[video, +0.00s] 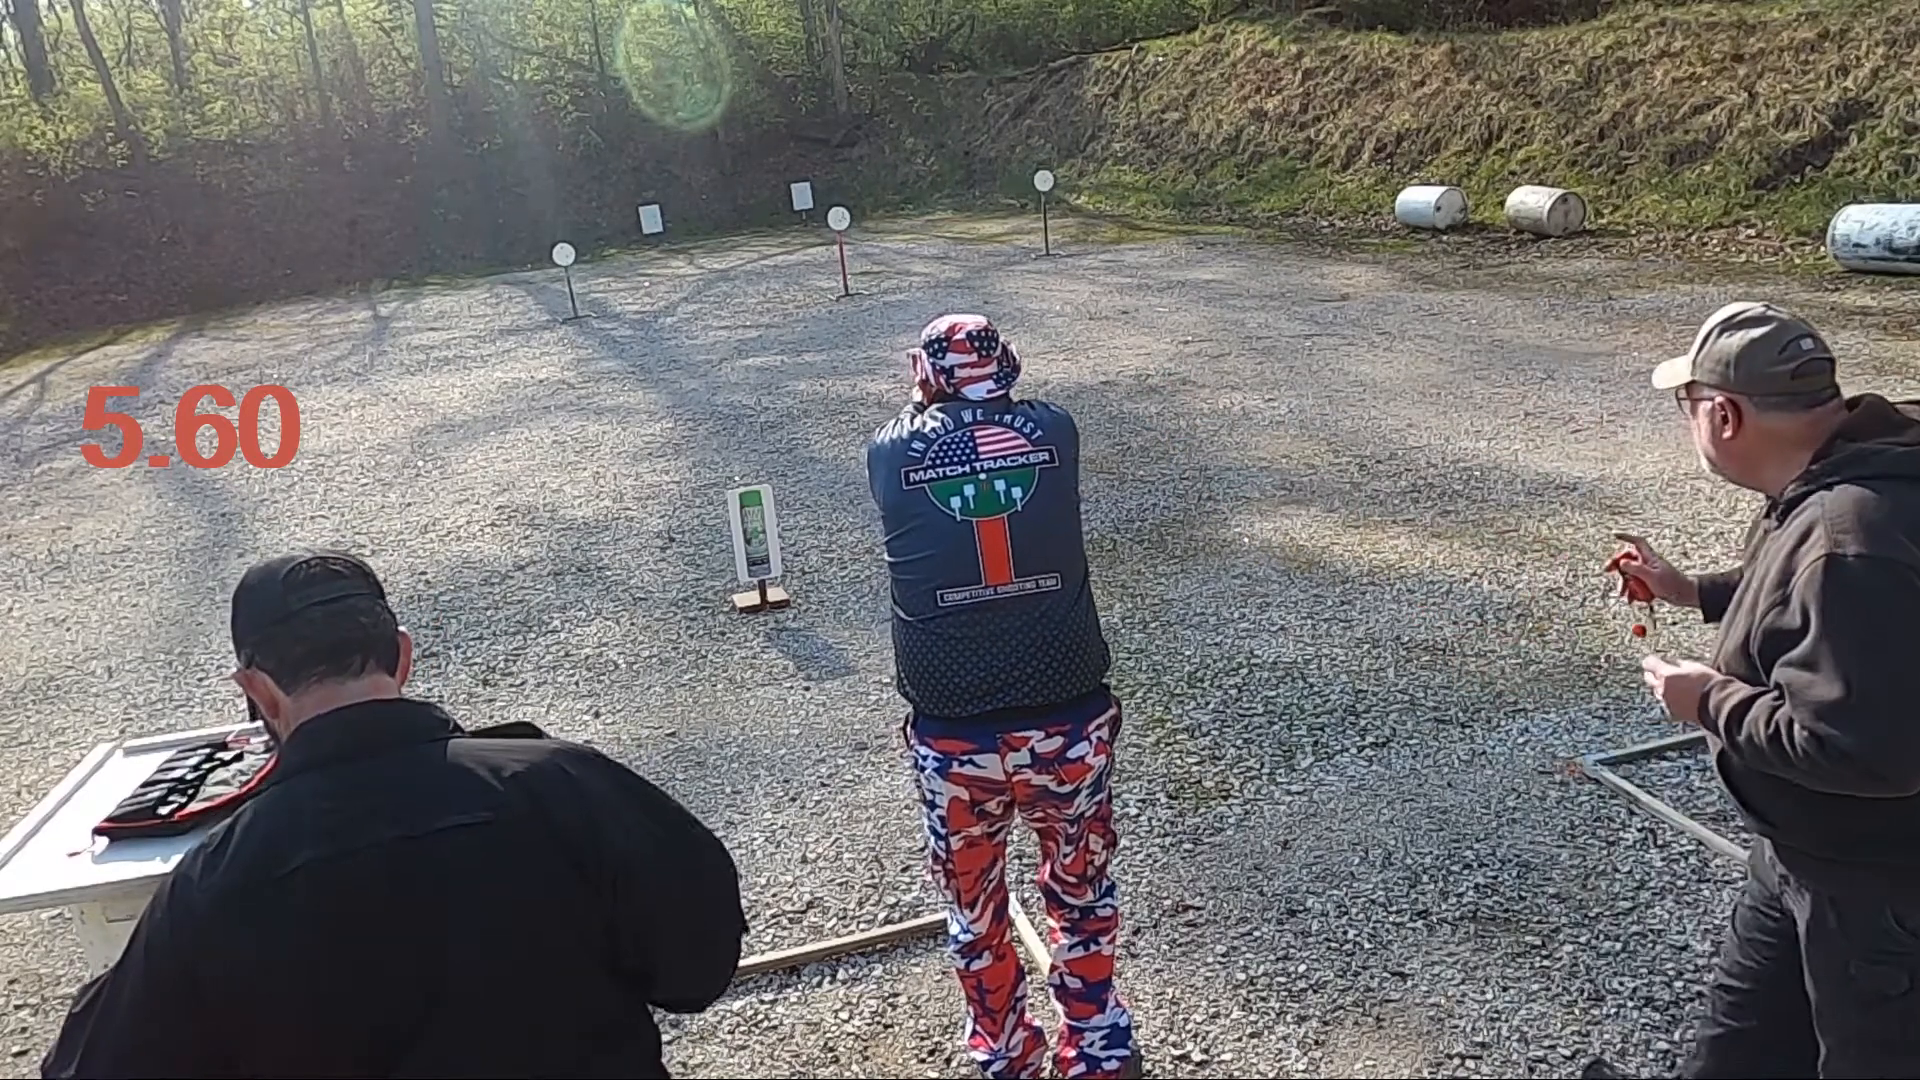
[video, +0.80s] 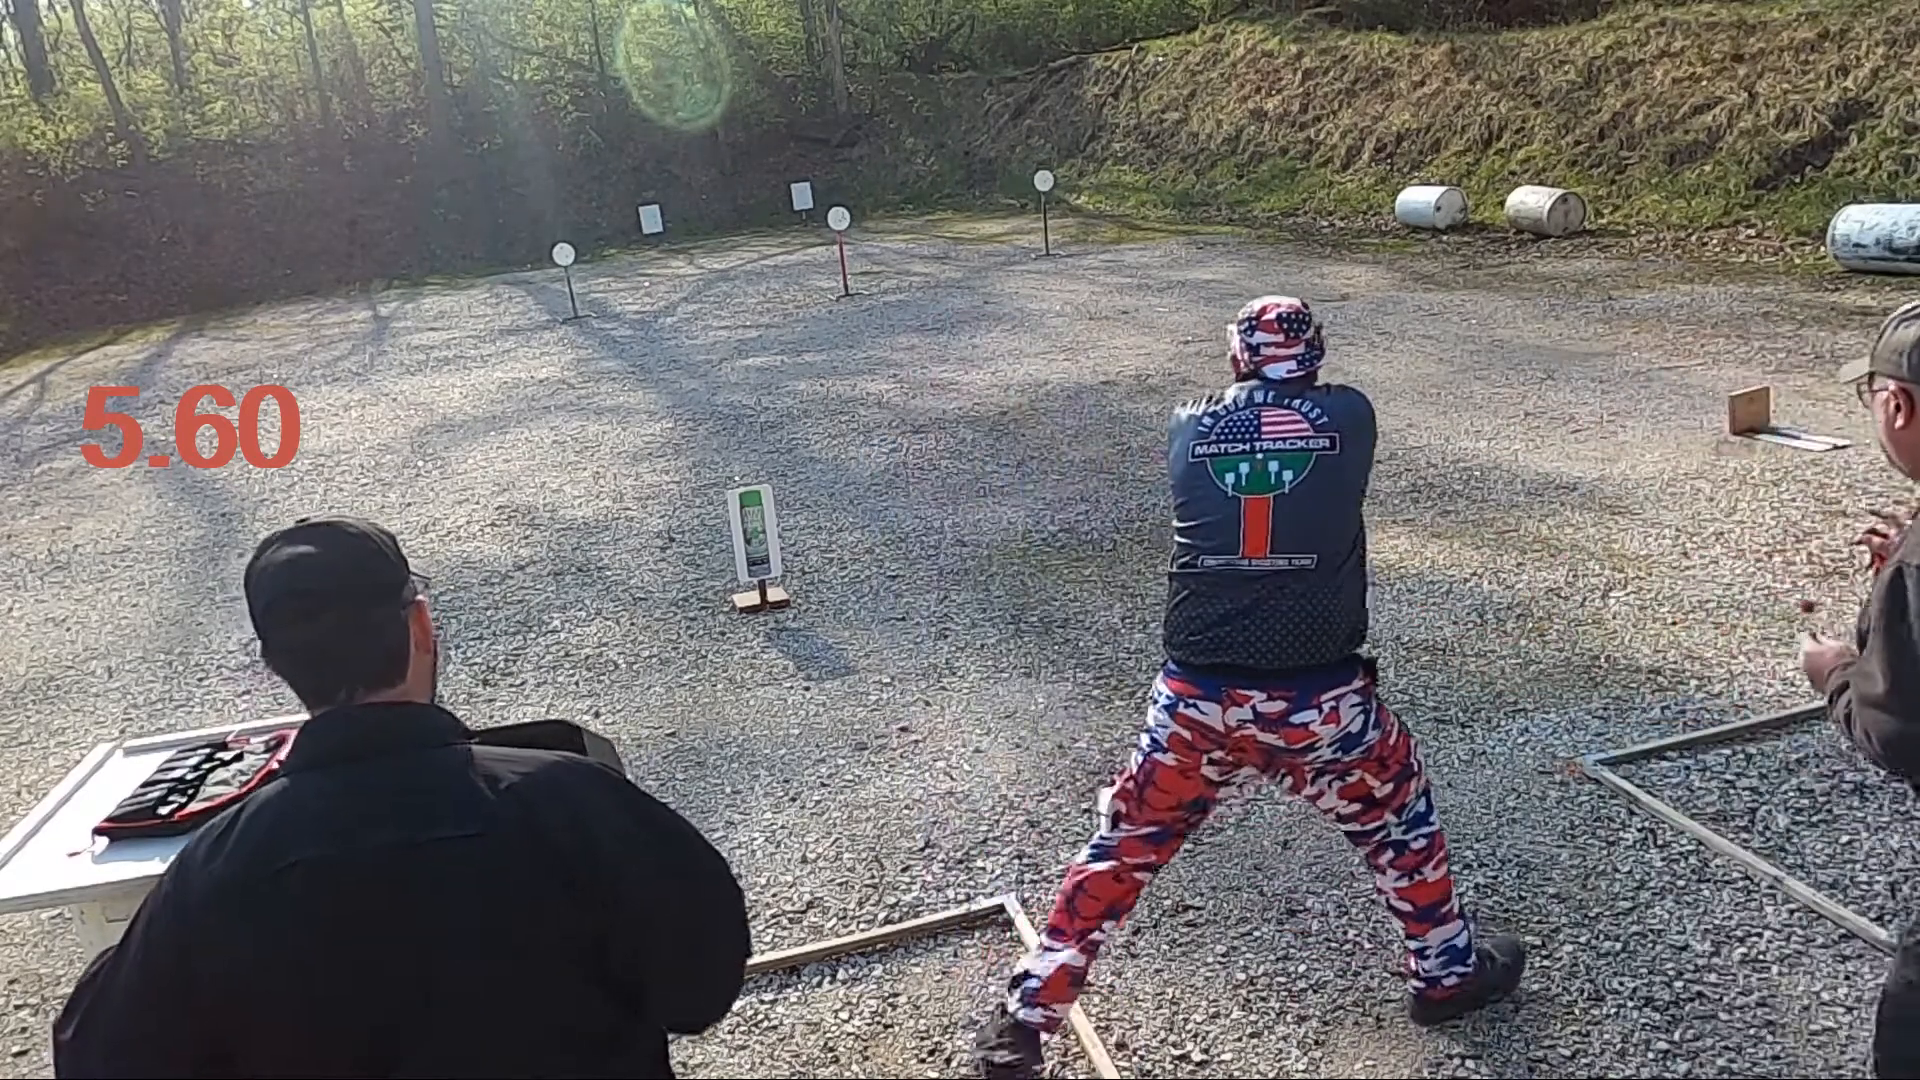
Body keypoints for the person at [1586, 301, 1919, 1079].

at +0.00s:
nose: (1689, 425)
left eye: (1688, 407)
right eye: (1685, 407)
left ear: (1726, 416)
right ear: (1813, 394)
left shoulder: (1851, 547)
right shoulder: (1821, 487)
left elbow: (1867, 752)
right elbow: (1792, 597)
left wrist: (1711, 702)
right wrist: (1686, 590)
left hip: (1868, 889)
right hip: (1803, 857)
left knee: (1872, 1064)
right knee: (1731, 1056)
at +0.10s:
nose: (1709, 427)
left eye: (1707, 408)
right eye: (1706, 409)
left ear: (1746, 415)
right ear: (1834, 391)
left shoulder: (1861, 548)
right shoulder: (1856, 483)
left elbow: (1866, 755)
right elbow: (1821, 589)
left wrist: (1730, 699)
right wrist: (1719, 587)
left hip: (1882, 884)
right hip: (1827, 849)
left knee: (1880, 1056)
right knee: (1768, 1028)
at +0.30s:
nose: (1730, 420)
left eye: (1730, 401)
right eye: (1728, 402)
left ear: (1770, 412)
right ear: (1856, 391)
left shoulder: (1870, 545)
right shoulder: (1872, 489)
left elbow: (1871, 756)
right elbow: (1865, 600)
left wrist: (1746, 696)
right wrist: (1770, 582)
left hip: (1890, 881)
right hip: (1861, 856)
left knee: (1888, 1053)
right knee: (1861, 1034)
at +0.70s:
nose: (1809, 428)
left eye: (1809, 408)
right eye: (1808, 408)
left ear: (1843, 414)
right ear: (1914, 403)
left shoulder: (1897, 550)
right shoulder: (1901, 514)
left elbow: (1880, 759)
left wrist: (1799, 693)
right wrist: (1859, 585)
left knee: (1892, 1018)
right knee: (1895, 1002)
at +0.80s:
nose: (1872, 416)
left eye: (1870, 398)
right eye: (1870, 397)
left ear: (1897, 408)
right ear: (1904, 406)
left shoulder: (1908, 563)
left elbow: (1894, 734)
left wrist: (1840, 675)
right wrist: (1909, 568)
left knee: (1905, 997)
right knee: (1904, 985)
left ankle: (1896, 1057)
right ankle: (1892, 1053)